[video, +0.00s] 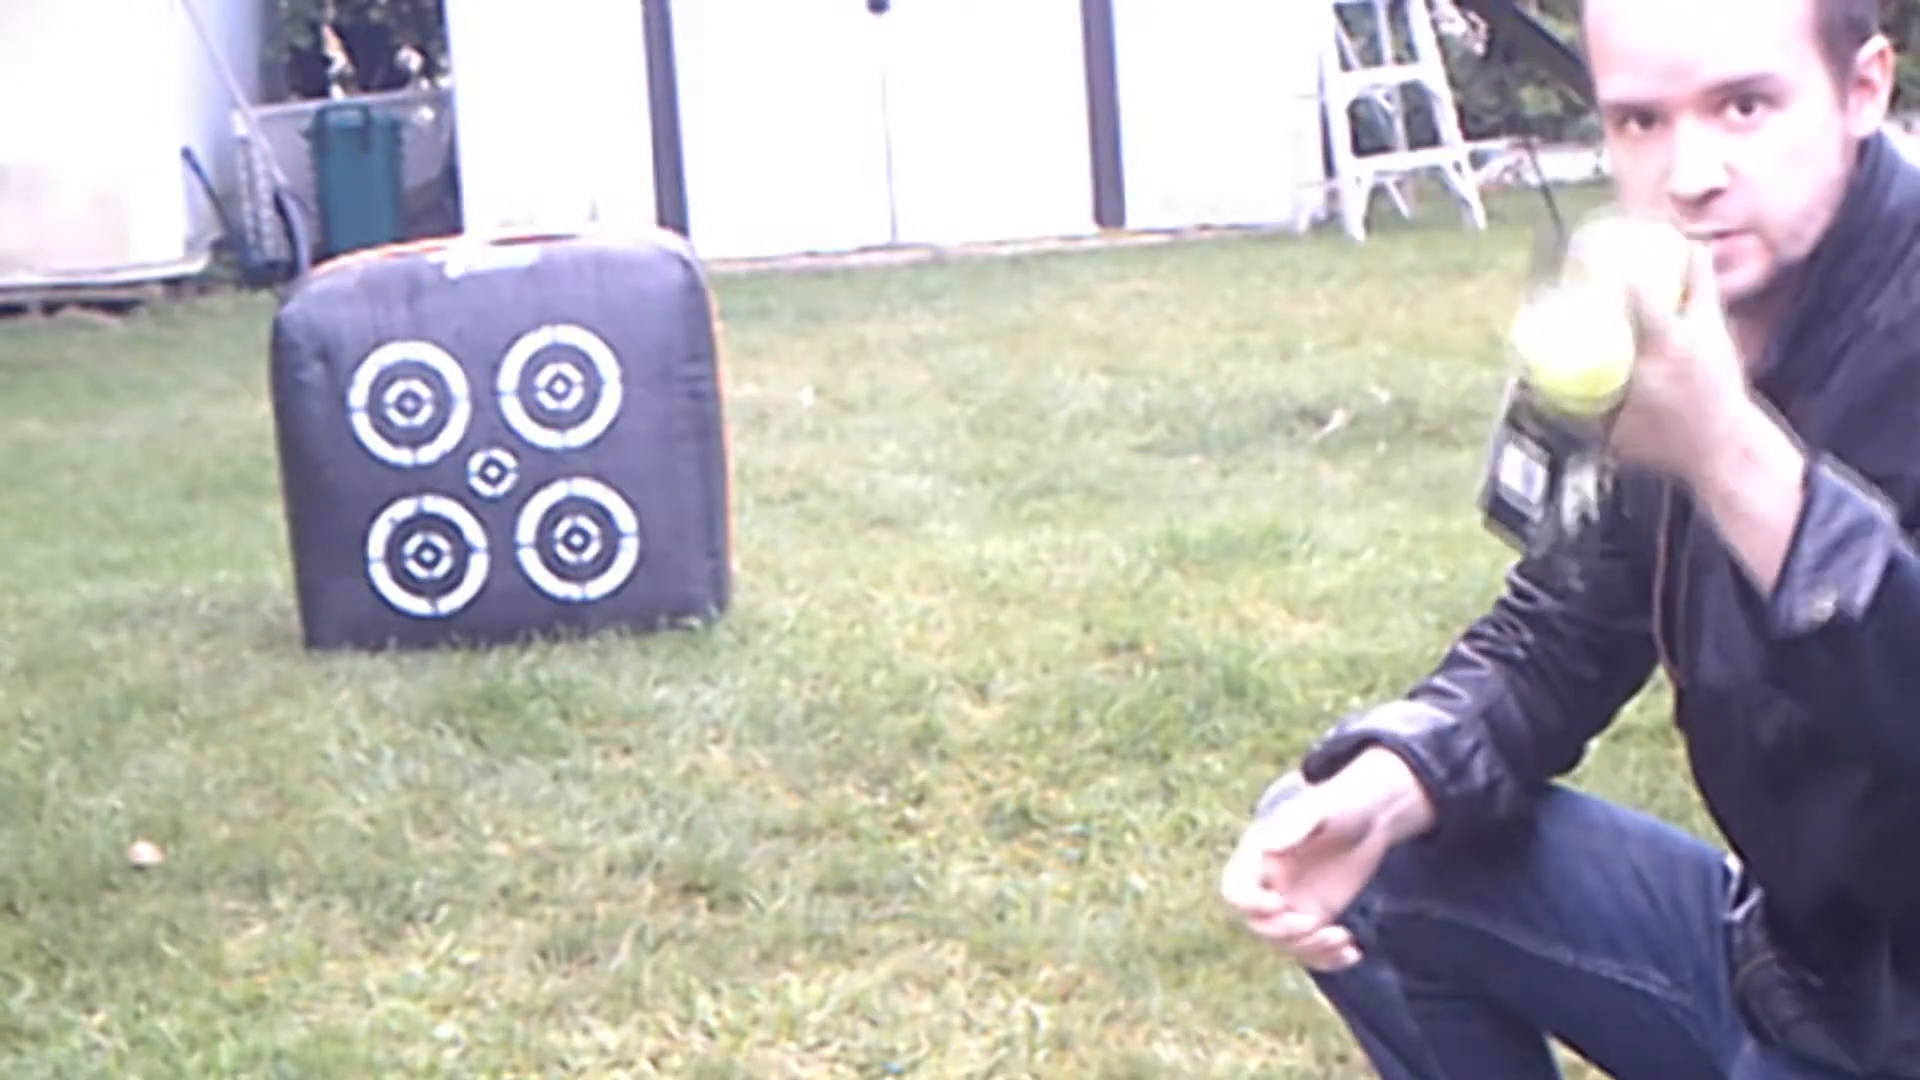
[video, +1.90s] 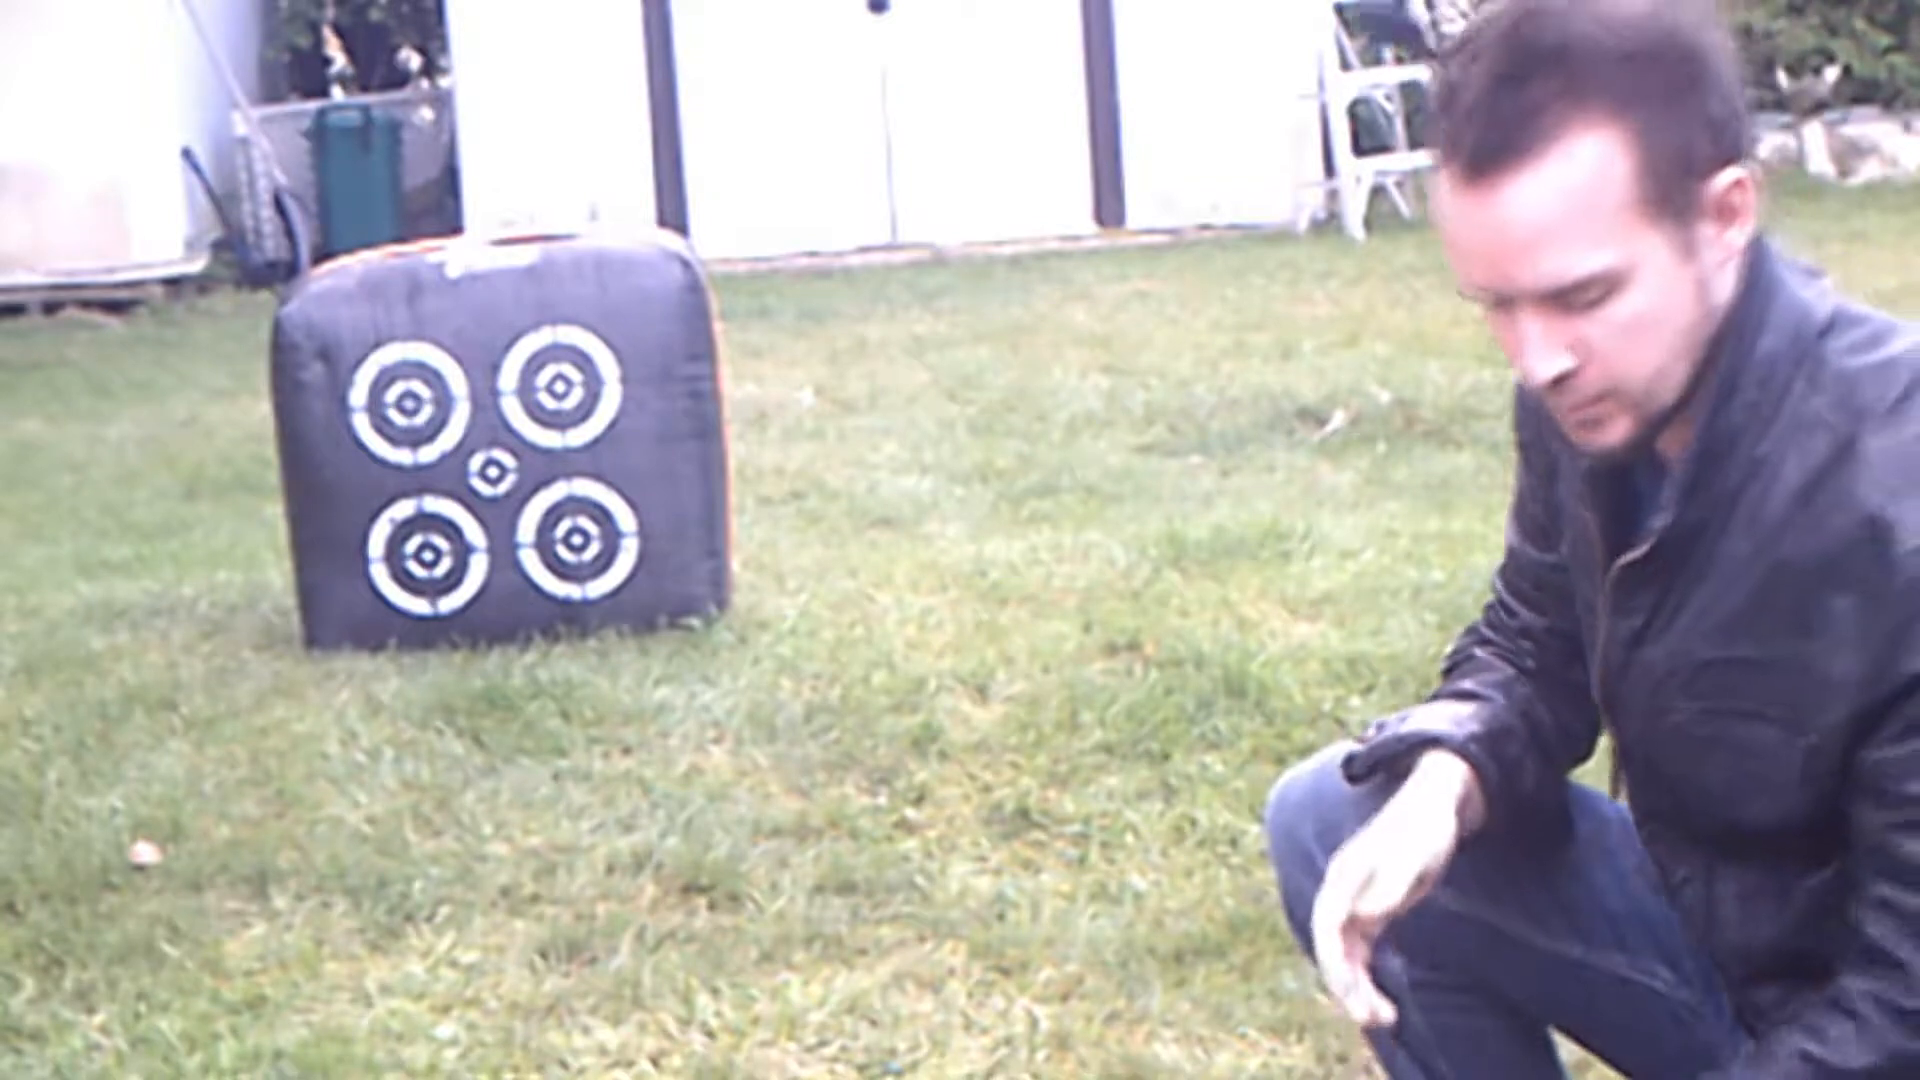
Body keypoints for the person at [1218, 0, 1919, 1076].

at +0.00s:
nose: (1688, 178)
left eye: (1745, 106)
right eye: (1640, 121)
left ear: (1865, 89)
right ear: (1601, 129)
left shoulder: (1905, 333)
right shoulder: (1698, 318)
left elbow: (1902, 711)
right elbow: (1562, 629)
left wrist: (1725, 451)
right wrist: (1398, 778)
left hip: (1881, 1045)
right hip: (1769, 942)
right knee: (1376, 869)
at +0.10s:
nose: (1683, 183)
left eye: (1738, 111)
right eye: (1635, 125)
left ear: (1862, 94)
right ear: (1598, 132)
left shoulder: (1905, 338)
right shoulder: (1646, 322)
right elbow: (1555, 637)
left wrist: (1712, 530)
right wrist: (1407, 781)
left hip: (1883, 1047)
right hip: (1766, 945)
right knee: (1360, 852)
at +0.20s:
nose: (1667, 193)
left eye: (1722, 124)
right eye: (1621, 139)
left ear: (1855, 104)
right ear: (1589, 135)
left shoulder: (1903, 357)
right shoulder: (1630, 336)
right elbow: (1563, 645)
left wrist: (1688, 677)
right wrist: (1423, 774)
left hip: (1883, 1046)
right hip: (1759, 949)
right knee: (1329, 842)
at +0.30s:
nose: (1639, 223)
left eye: (1696, 156)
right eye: (1602, 165)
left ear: (1840, 120)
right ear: (1573, 143)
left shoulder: (1899, 383)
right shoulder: (1629, 342)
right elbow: (1559, 625)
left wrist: (1695, 836)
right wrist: (1438, 768)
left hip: (1876, 1030)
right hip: (1740, 943)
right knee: (1333, 842)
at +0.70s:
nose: (1608, 287)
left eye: (1660, 233)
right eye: (1578, 228)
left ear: (1818, 182)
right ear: (1553, 191)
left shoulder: (1900, 423)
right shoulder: (1621, 348)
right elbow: (1551, 618)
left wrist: (1740, 985)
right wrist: (1460, 808)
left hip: (1879, 1000)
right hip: (1719, 912)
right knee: (1334, 820)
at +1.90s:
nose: (1538, 364)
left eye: (1584, 296)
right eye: (1498, 307)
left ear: (1725, 220)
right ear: (1467, 272)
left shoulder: (1891, 476)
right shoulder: (1577, 392)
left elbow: (1901, 980)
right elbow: (1536, 639)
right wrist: (1444, 784)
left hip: (1859, 1012)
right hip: (1699, 930)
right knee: (1331, 822)